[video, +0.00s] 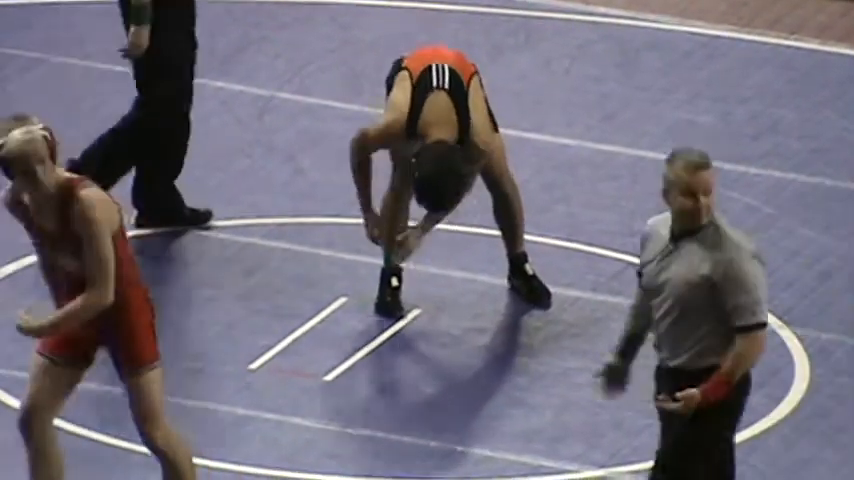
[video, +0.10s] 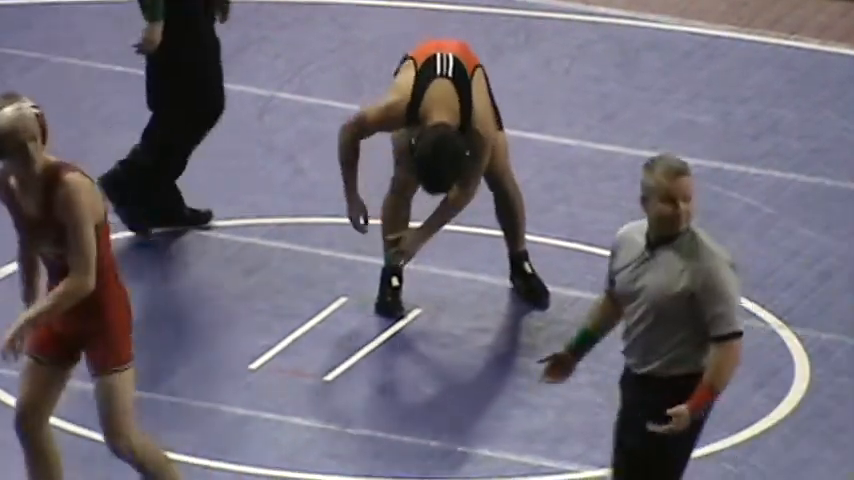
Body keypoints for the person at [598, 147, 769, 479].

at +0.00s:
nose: (701, 205)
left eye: (707, 194)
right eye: (689, 195)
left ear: (715, 191)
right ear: (666, 194)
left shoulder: (734, 255)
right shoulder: (656, 233)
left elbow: (753, 341)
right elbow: (646, 301)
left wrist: (704, 394)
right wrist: (622, 359)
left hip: (714, 384)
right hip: (670, 378)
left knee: (671, 471)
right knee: (705, 470)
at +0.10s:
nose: (680, 210)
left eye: (686, 200)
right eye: (668, 201)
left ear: (694, 200)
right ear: (644, 202)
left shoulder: (709, 264)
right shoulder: (627, 240)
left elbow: (728, 346)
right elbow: (613, 303)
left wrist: (695, 407)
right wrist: (573, 354)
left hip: (678, 391)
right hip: (635, 383)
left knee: (655, 473)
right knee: (625, 469)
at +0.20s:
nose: (660, 211)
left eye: (666, 200)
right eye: (648, 201)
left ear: (673, 199)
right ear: (623, 201)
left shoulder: (686, 264)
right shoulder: (603, 238)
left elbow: (705, 350)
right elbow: (585, 301)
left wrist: (677, 422)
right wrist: (542, 353)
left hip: (654, 393)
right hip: (607, 383)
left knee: (624, 472)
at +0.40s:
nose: (620, 196)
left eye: (626, 186)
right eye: (608, 187)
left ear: (633, 187)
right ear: (583, 187)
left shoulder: (649, 250)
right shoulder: (556, 231)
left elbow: (673, 332)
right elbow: (543, 292)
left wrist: (653, 411)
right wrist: (517, 355)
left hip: (620, 380)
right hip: (564, 372)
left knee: (605, 470)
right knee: (537, 466)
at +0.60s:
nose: (578, 195)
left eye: (583, 186)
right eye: (567, 186)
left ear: (589, 187)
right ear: (539, 188)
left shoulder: (606, 247)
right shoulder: (510, 229)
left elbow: (632, 327)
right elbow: (496, 295)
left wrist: (627, 410)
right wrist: (480, 363)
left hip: (578, 379)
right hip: (518, 372)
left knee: (567, 471)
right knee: (498, 469)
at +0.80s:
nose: (544, 190)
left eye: (549, 180)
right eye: (532, 181)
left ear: (556, 180)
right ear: (504, 181)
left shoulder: (573, 239)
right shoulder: (472, 224)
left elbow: (599, 317)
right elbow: (450, 289)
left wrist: (590, 400)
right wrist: (430, 356)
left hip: (541, 370)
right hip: (482, 362)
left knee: (519, 466)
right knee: (474, 463)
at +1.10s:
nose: (510, 195)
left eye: (514, 185)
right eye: (498, 186)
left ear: (520, 183)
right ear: (468, 184)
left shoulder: (538, 243)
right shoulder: (432, 232)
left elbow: (565, 319)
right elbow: (410, 295)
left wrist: (552, 400)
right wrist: (388, 365)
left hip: (511, 373)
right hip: (452, 368)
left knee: (491, 470)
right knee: (453, 467)